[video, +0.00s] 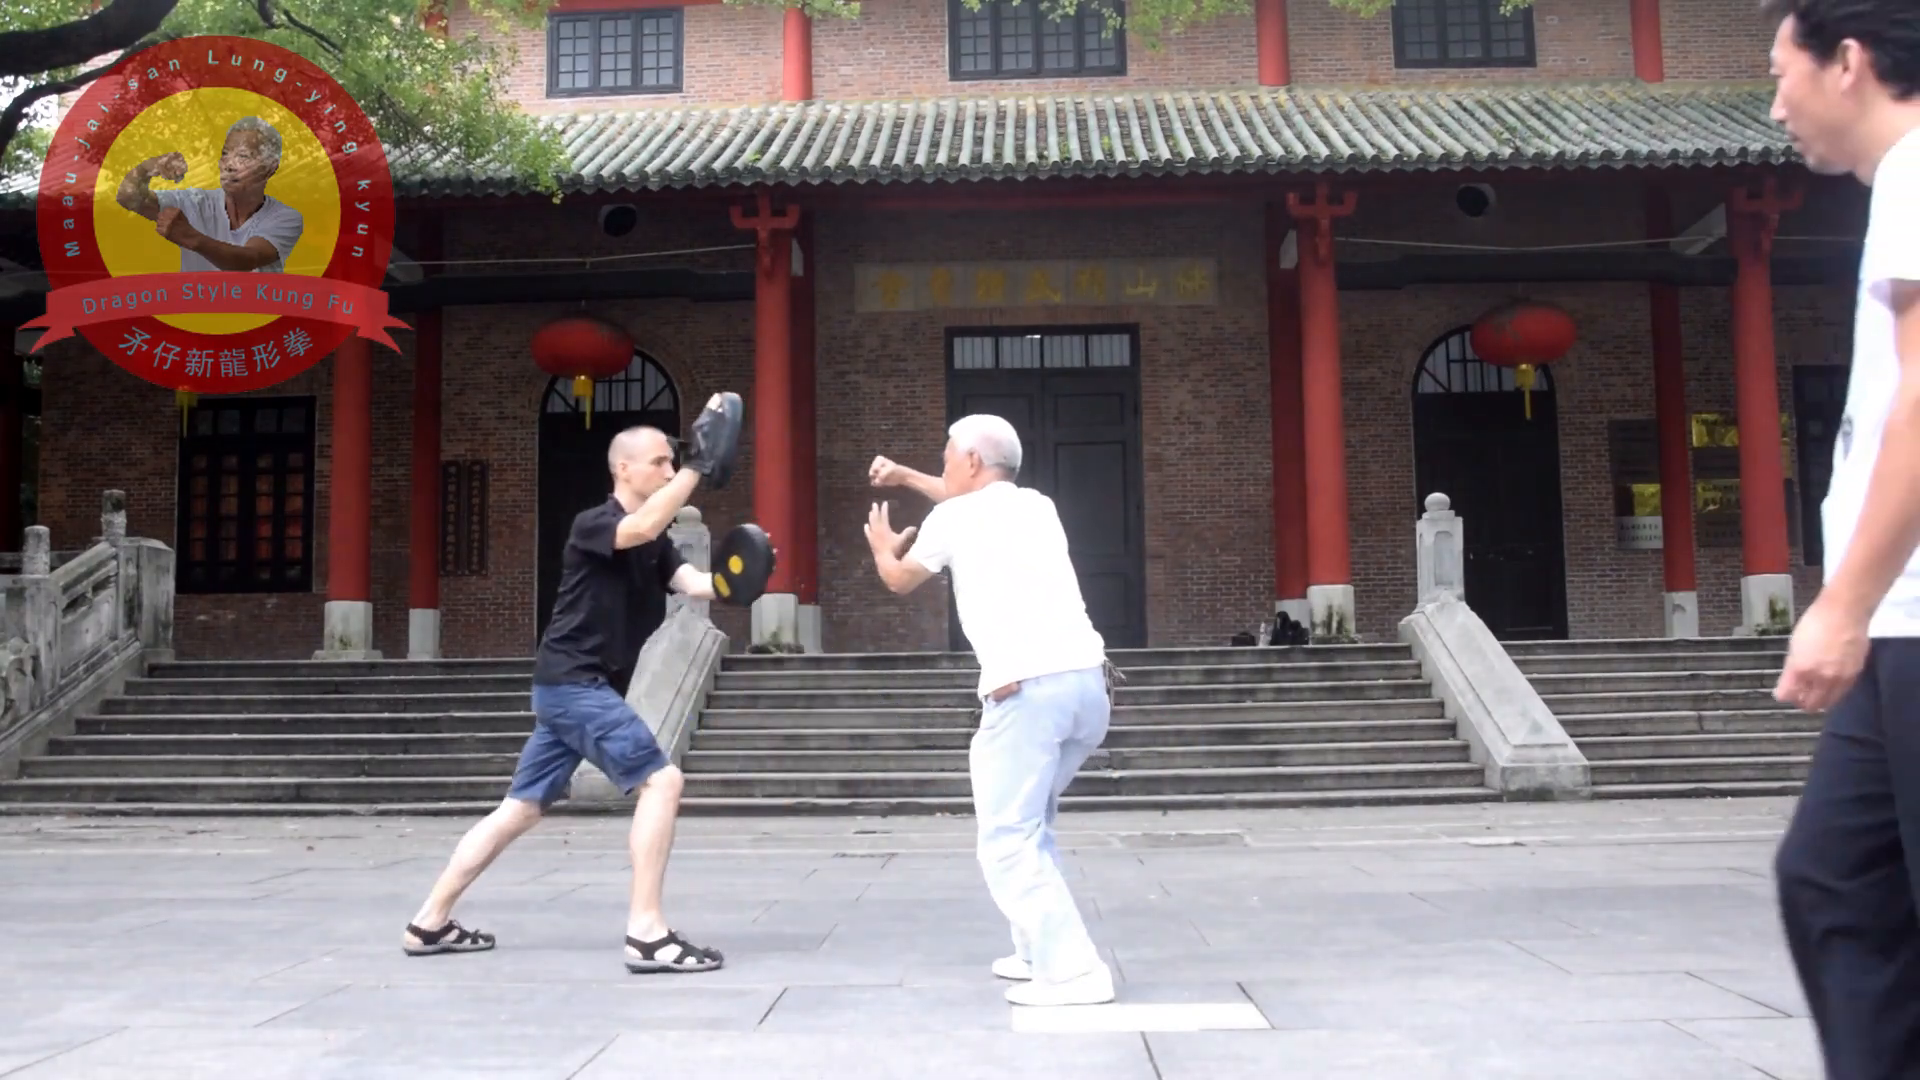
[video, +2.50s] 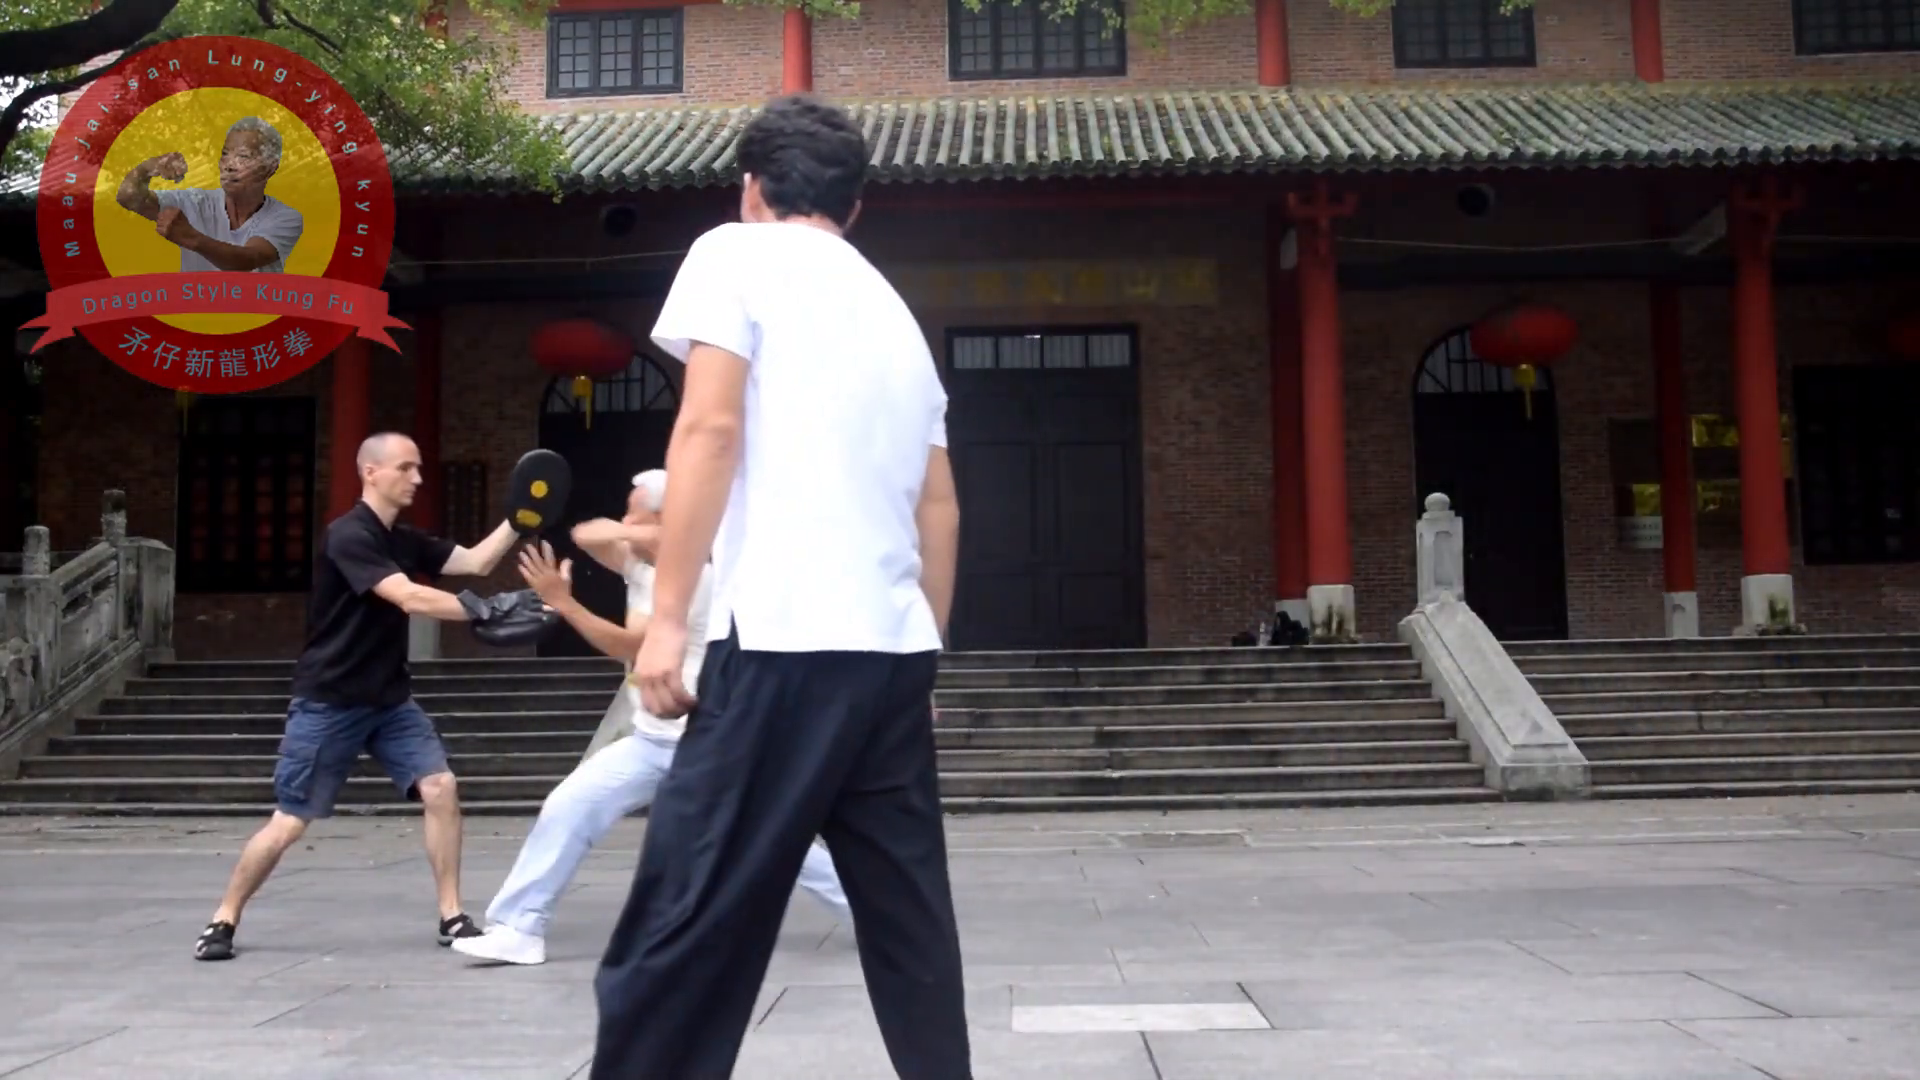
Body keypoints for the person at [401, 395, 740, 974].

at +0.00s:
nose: (672, 472)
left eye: (673, 463)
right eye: (661, 462)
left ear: (663, 473)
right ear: (624, 469)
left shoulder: (655, 540)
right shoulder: (592, 522)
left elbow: (696, 586)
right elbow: (640, 529)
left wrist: (736, 574)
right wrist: (697, 469)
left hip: (584, 686)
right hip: (569, 683)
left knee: (519, 811)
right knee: (663, 782)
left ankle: (429, 921)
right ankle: (646, 931)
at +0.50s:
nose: (623, 463)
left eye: (623, 453)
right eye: (610, 452)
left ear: (613, 460)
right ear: (573, 460)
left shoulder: (613, 521)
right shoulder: (551, 517)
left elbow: (637, 571)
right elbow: (603, 523)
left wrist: (653, 585)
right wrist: (658, 468)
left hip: (569, 683)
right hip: (552, 682)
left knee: (525, 814)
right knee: (641, 785)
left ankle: (430, 922)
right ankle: (629, 935)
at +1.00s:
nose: (600, 458)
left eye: (601, 450)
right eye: (587, 447)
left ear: (597, 460)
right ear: (551, 456)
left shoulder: (591, 525)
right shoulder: (530, 508)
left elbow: (621, 582)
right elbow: (579, 507)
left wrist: (654, 609)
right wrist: (628, 450)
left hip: (557, 682)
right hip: (539, 680)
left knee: (520, 810)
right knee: (628, 784)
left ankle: (428, 923)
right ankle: (628, 935)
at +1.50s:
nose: (585, 478)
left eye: (587, 469)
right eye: (576, 467)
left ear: (568, 476)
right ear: (539, 471)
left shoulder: (563, 535)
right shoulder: (519, 524)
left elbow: (575, 623)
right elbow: (535, 560)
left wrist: (620, 651)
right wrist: (595, 514)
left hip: (546, 693)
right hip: (532, 693)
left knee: (574, 825)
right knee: (626, 788)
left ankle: (466, 895)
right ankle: (630, 934)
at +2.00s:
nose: (481, 474)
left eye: (483, 465)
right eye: (471, 464)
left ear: (457, 471)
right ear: (437, 467)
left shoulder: (460, 530)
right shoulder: (405, 525)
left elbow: (533, 551)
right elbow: (459, 587)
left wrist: (591, 513)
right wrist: (541, 604)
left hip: (434, 698)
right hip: (374, 698)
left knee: (475, 788)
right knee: (332, 813)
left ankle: (445, 917)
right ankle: (241, 901)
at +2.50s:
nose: (417, 478)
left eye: (418, 469)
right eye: (406, 468)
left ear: (410, 477)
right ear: (370, 473)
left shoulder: (404, 538)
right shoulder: (347, 535)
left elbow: (474, 560)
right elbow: (407, 596)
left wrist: (523, 515)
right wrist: (485, 612)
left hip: (390, 701)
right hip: (327, 703)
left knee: (441, 788)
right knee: (289, 824)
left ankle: (453, 915)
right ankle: (224, 920)